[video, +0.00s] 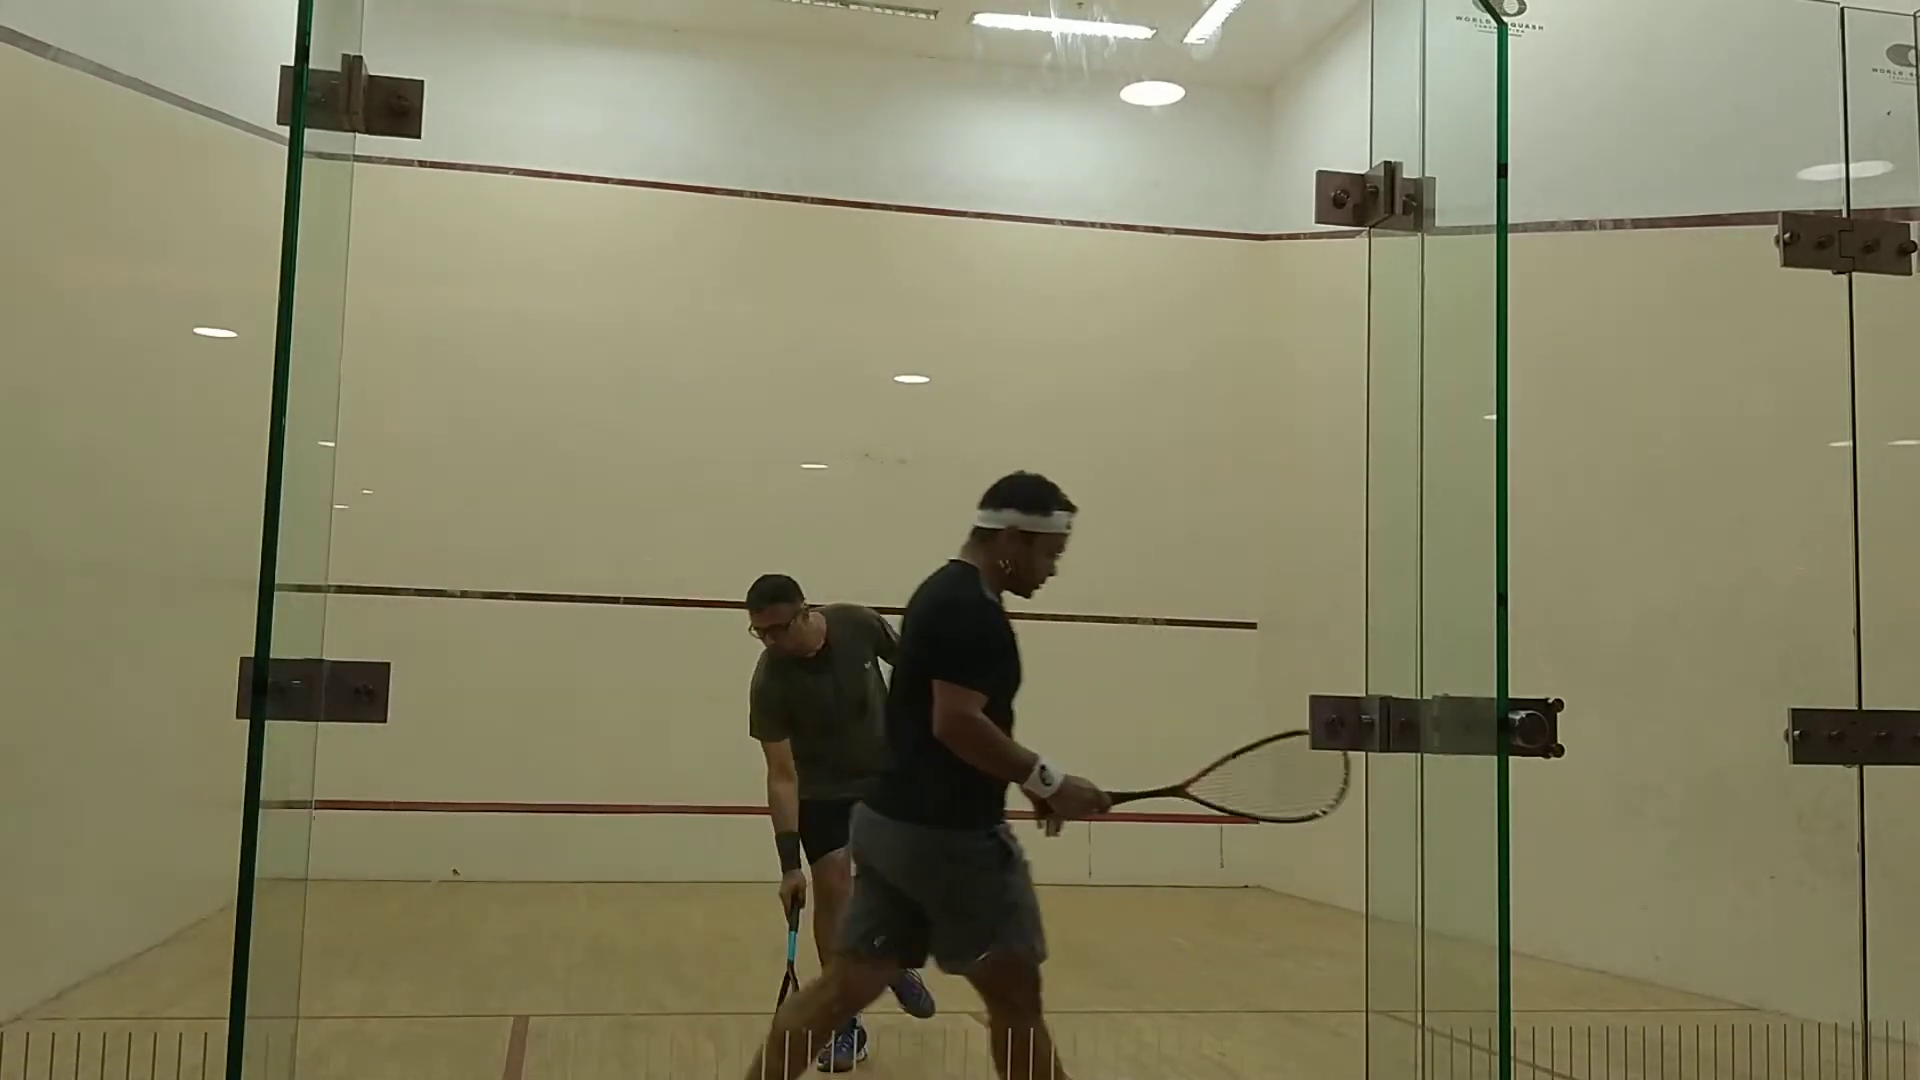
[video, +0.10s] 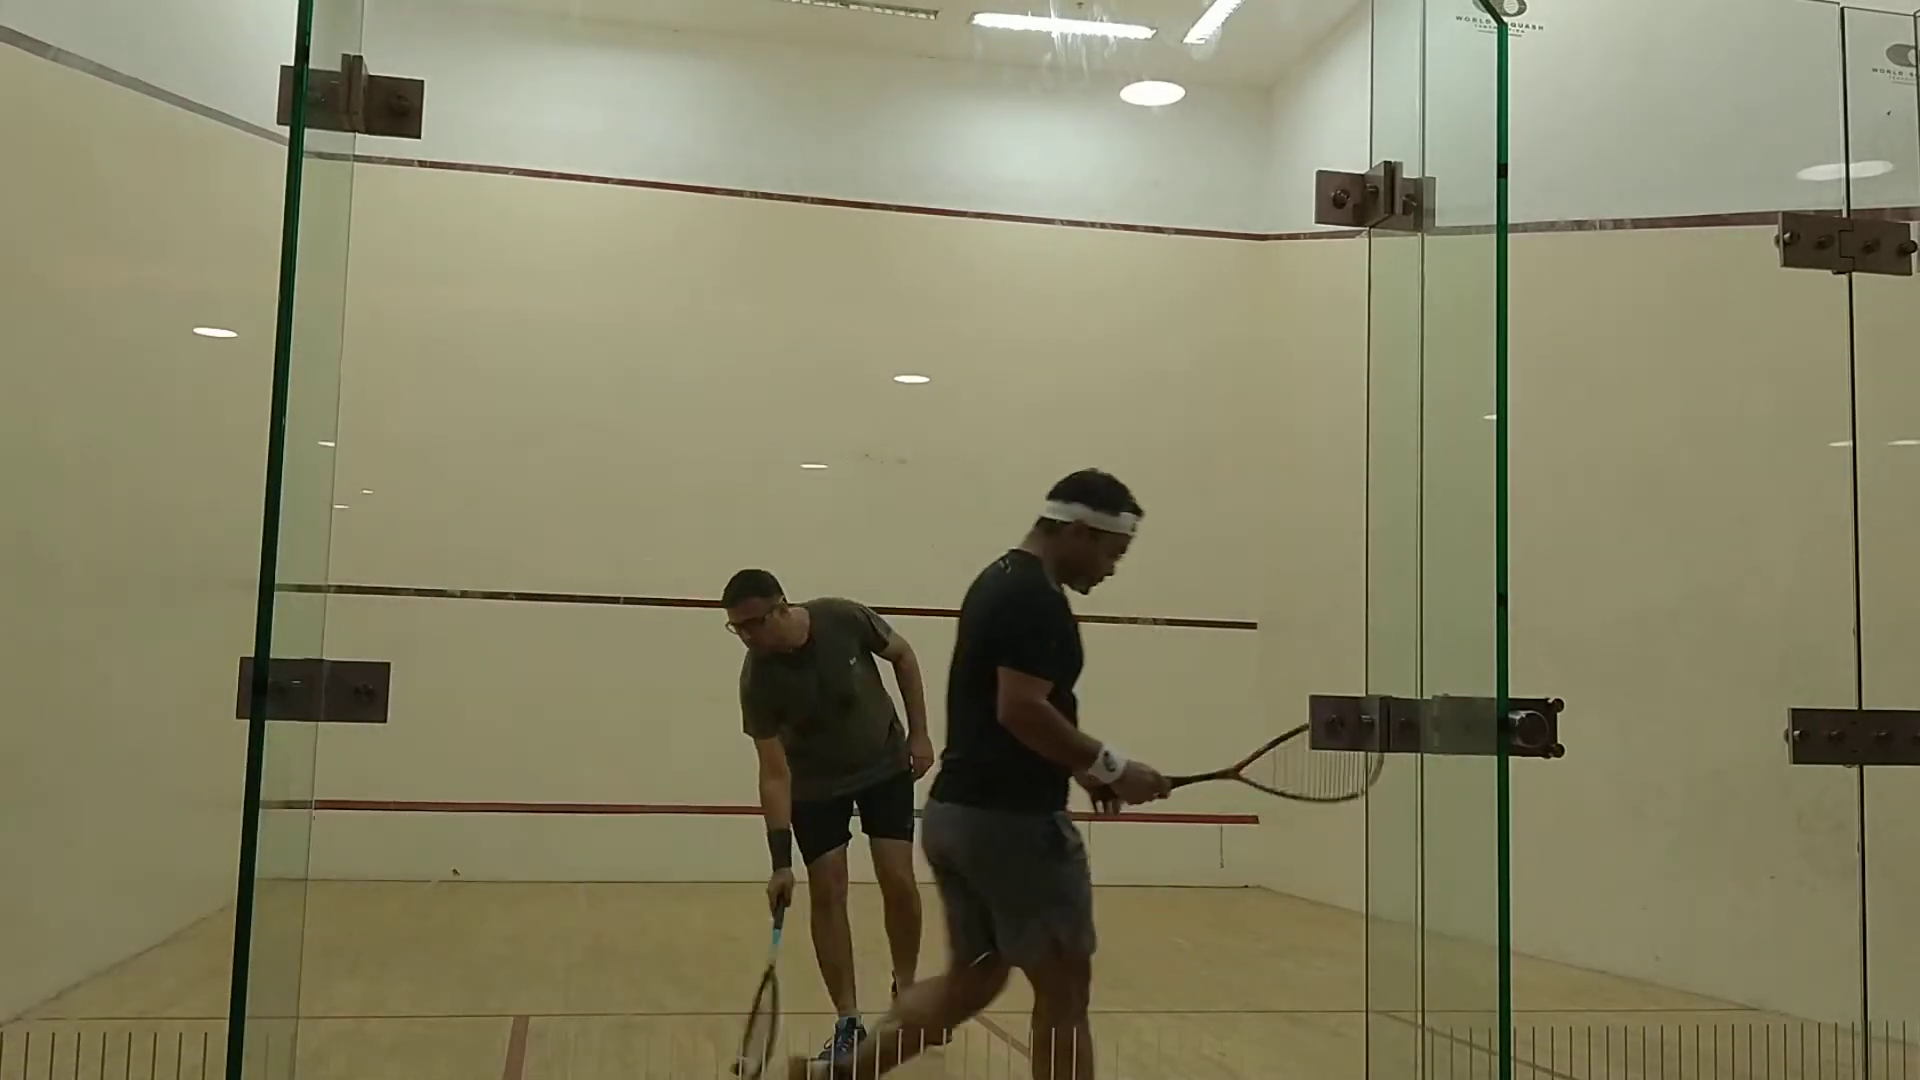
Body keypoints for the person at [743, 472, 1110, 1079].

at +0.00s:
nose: (1055, 567)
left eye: (1059, 553)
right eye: (1051, 551)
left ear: (999, 539)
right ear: (1011, 542)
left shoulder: (943, 592)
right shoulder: (972, 609)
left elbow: (958, 715)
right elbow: (956, 720)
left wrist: (1033, 781)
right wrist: (1049, 779)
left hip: (890, 824)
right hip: (955, 837)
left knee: (851, 982)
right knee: (1016, 1001)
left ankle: (762, 1073)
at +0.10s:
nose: (1116, 564)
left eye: (1121, 551)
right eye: (1115, 547)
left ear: (1061, 530)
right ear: (1076, 531)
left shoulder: (998, 582)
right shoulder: (1038, 597)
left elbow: (1009, 710)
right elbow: (1022, 709)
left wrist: (1085, 769)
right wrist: (1112, 765)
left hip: (955, 819)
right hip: (1015, 827)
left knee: (976, 978)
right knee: (1064, 987)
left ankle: (840, 1067)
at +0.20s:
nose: (1162, 568)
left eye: (1171, 556)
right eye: (1165, 551)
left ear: (1117, 527)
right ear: (1132, 528)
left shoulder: (1051, 573)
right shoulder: (1089, 587)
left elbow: (1069, 700)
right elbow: (1087, 698)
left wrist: (1150, 749)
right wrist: (1168, 748)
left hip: (1026, 810)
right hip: (1069, 819)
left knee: (1074, 963)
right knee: (1089, 978)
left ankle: (975, 1069)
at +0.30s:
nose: (1211, 573)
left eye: (1219, 560)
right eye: (1214, 556)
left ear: (1168, 527)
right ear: (1186, 532)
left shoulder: (1096, 577)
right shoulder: (1145, 590)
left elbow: (1116, 703)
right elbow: (1153, 699)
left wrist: (1200, 718)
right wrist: (1220, 739)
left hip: (1086, 806)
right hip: (1121, 818)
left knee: (1170, 948)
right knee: (1106, 982)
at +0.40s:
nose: (1263, 575)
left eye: (1270, 562)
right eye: (1265, 558)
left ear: (1214, 536)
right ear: (1233, 538)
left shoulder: (1146, 590)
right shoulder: (1203, 599)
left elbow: (1159, 718)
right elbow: (1219, 714)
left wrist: (1244, 710)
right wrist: (1274, 744)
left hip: (1149, 814)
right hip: (1172, 825)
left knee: (1216, 981)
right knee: (1138, 991)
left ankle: (1252, 1077)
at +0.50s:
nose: (1319, 578)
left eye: (1323, 563)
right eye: (1317, 561)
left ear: (1264, 546)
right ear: (1282, 547)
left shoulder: (1200, 605)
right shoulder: (1257, 612)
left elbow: (1216, 716)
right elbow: (1273, 726)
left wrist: (1302, 710)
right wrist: (1332, 762)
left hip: (1217, 829)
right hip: (1236, 838)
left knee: (1283, 970)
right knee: (1200, 997)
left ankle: (1304, 1077)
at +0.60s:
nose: (1366, 576)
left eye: (1369, 560)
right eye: (1365, 557)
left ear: (1311, 545)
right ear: (1332, 547)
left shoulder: (1252, 608)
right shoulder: (1305, 616)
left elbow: (1273, 724)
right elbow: (1326, 731)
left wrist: (1373, 749)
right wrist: (1397, 772)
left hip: (1266, 830)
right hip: (1301, 839)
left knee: (1335, 995)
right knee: (1324, 1000)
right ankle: (1202, 1078)